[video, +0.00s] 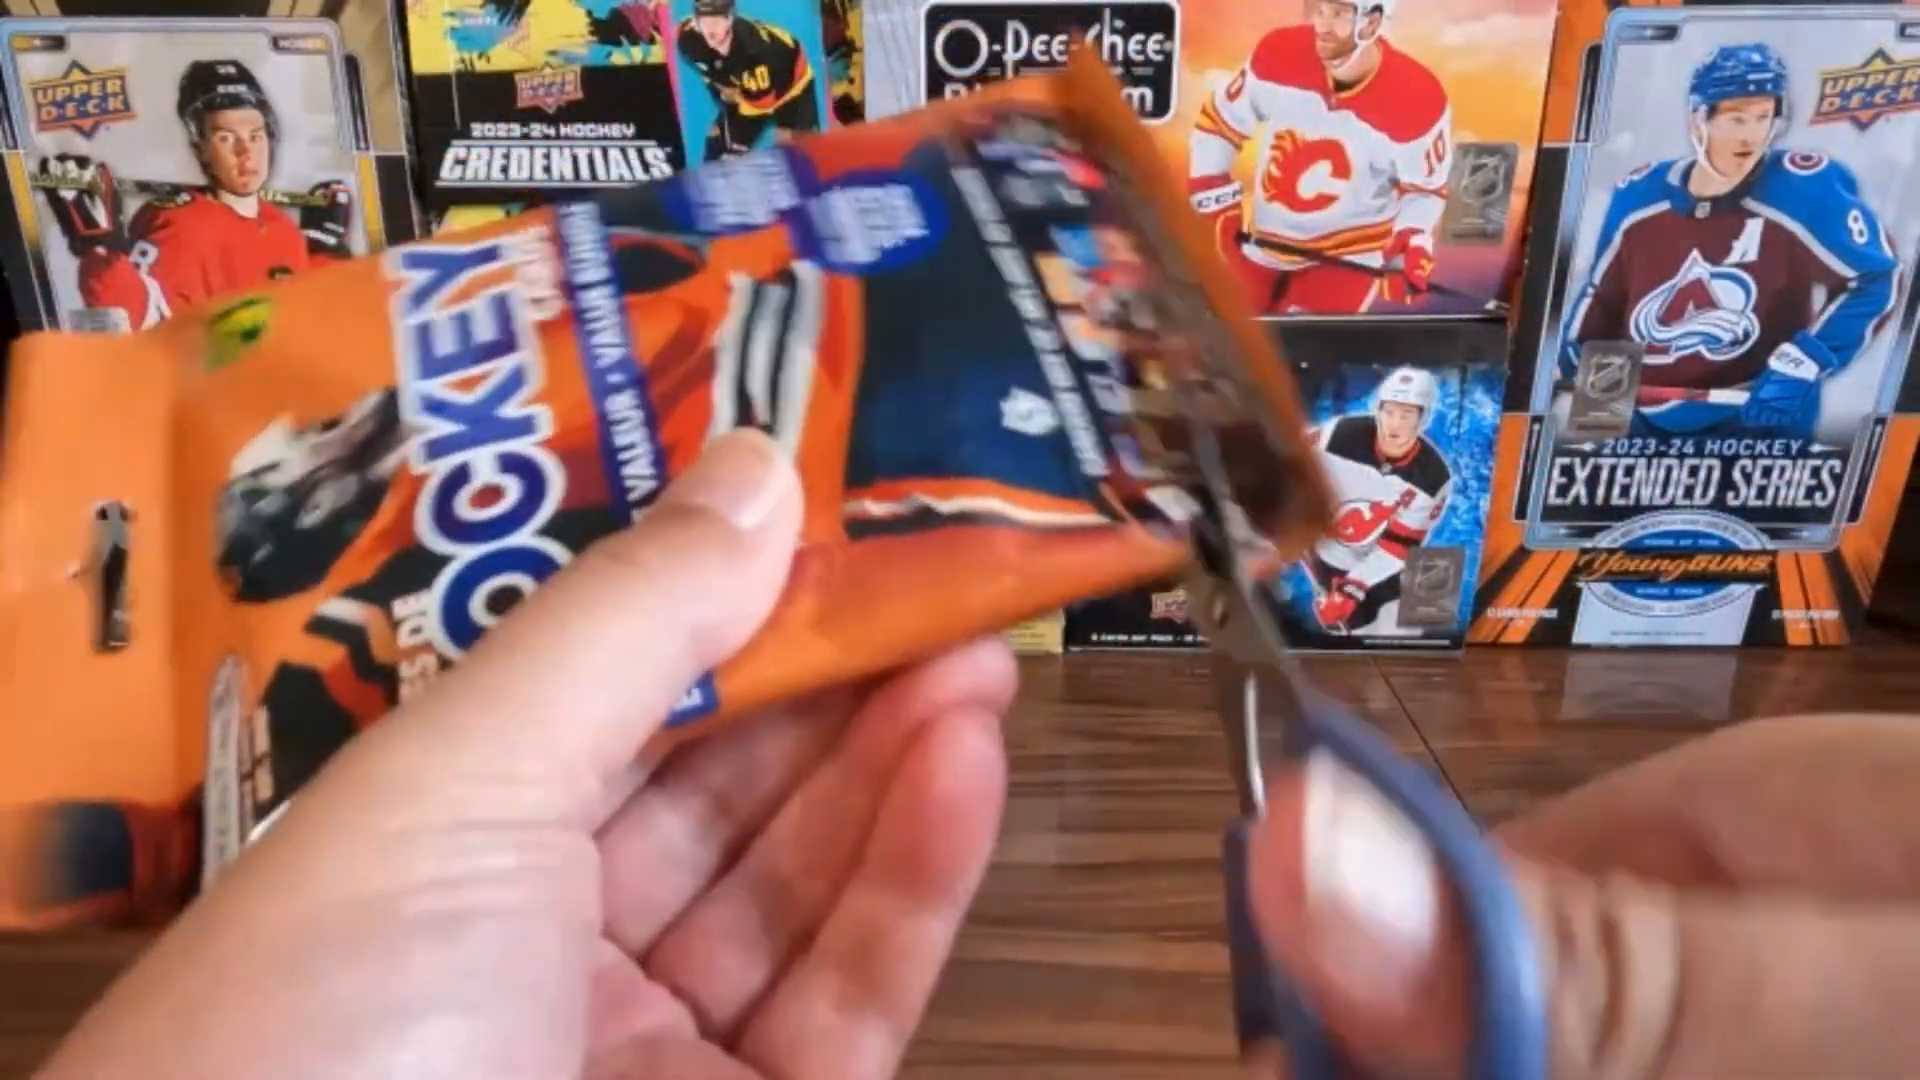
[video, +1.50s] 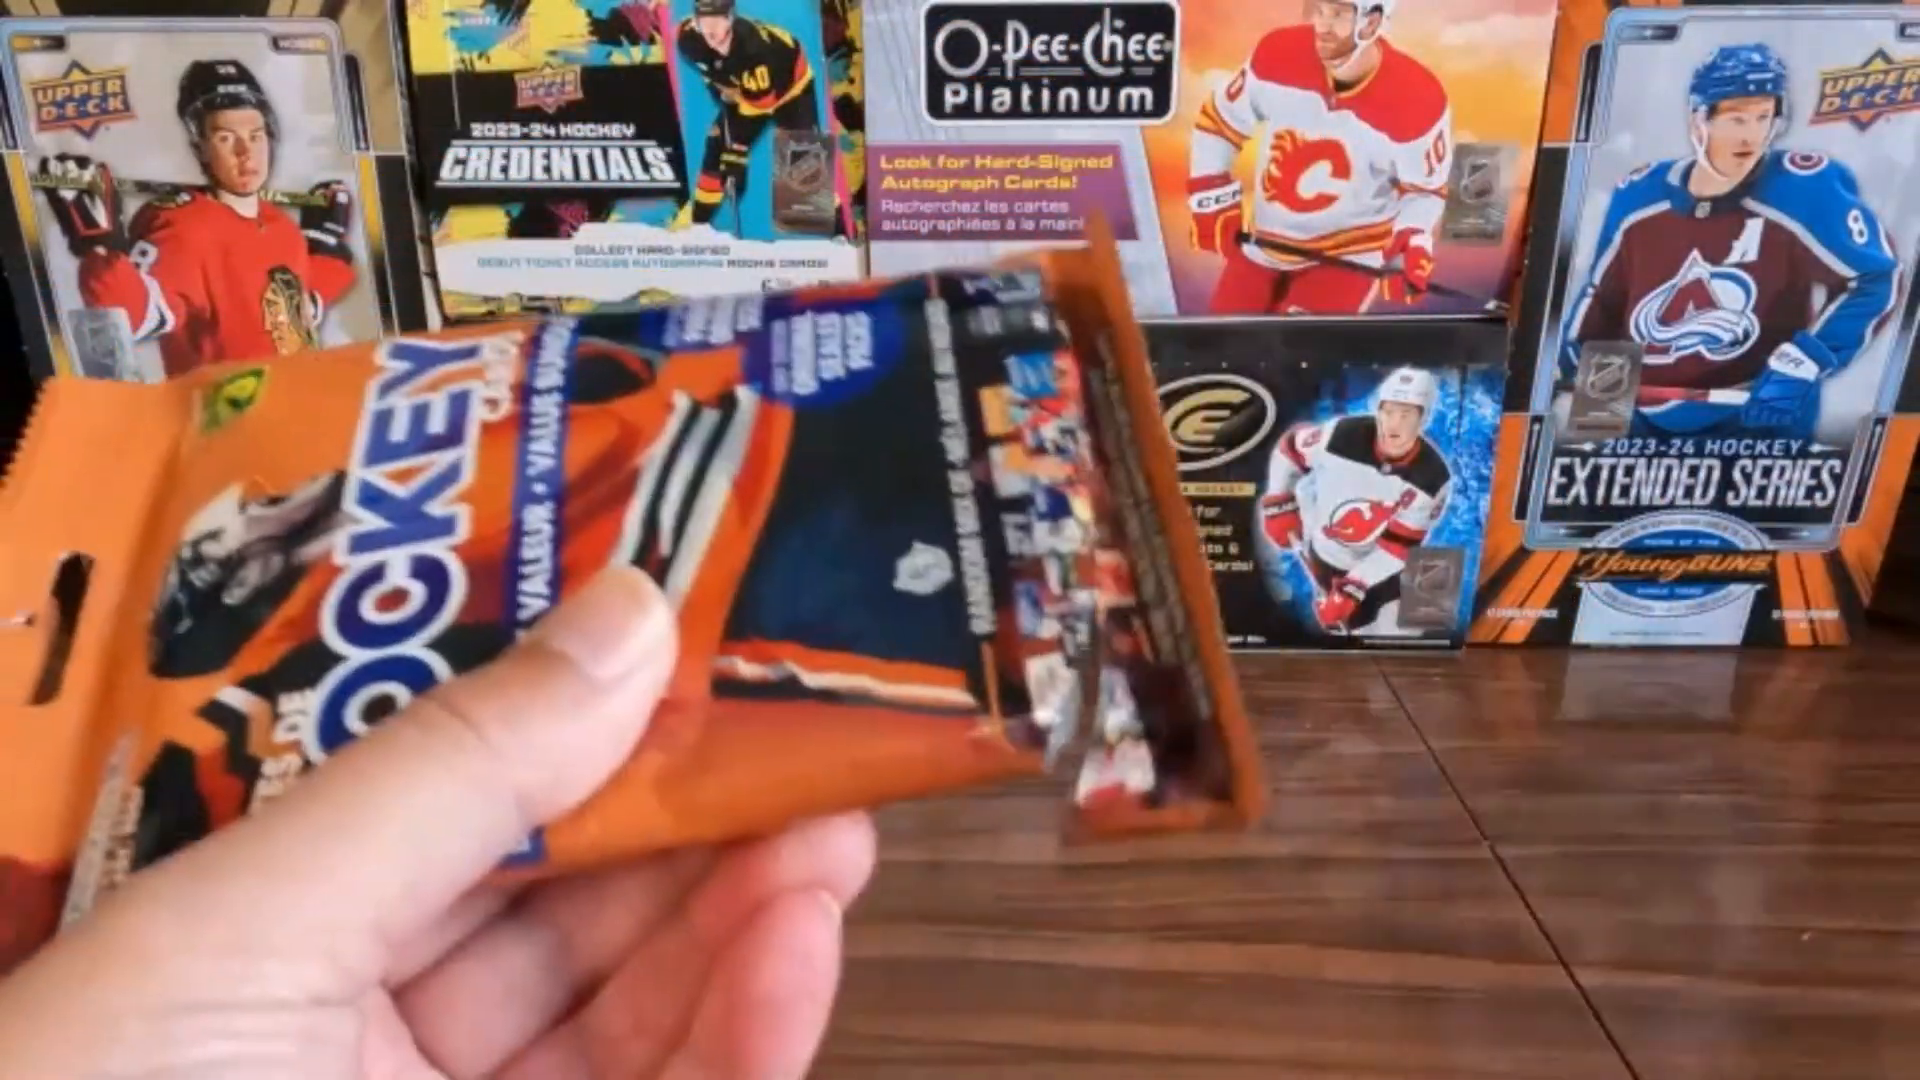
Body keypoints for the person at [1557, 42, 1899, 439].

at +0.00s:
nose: (1749, 135)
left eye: (1762, 118)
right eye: (1735, 118)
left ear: (1775, 123)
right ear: (1698, 123)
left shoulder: (1808, 191)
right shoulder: (1638, 197)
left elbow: (1879, 280)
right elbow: (1600, 296)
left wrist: (1802, 365)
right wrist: (1578, 366)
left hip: (1745, 427)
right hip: (1637, 422)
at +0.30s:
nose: (1750, 135)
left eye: (1762, 118)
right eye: (1735, 118)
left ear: (1775, 123)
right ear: (1698, 123)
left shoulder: (1806, 191)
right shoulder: (1638, 197)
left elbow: (1878, 280)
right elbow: (1599, 296)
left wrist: (1803, 364)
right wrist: (1576, 363)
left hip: (1743, 427)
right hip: (1636, 421)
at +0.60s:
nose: (1750, 135)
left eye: (1762, 118)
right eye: (1735, 119)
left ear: (1775, 123)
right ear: (1698, 124)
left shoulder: (1806, 191)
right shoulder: (1638, 197)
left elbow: (1879, 280)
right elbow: (1598, 296)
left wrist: (1802, 364)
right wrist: (1576, 365)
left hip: (1744, 427)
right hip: (1637, 421)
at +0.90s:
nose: (1750, 135)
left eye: (1762, 118)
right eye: (1735, 119)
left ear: (1775, 123)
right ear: (1698, 124)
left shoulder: (1806, 192)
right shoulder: (1638, 197)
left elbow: (1879, 280)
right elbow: (1598, 296)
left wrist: (1802, 364)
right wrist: (1574, 365)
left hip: (1744, 427)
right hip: (1637, 421)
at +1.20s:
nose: (1749, 135)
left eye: (1762, 118)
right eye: (1734, 119)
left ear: (1775, 122)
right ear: (1698, 124)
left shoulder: (1805, 192)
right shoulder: (1638, 197)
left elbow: (1879, 280)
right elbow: (1599, 296)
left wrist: (1801, 365)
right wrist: (1574, 365)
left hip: (1744, 428)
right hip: (1637, 422)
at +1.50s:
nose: (1749, 135)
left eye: (1762, 118)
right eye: (1734, 119)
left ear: (1775, 122)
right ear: (1698, 124)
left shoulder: (1806, 192)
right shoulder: (1637, 197)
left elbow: (1879, 280)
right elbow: (1599, 297)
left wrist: (1801, 365)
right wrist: (1582, 368)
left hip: (1745, 427)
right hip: (1638, 421)